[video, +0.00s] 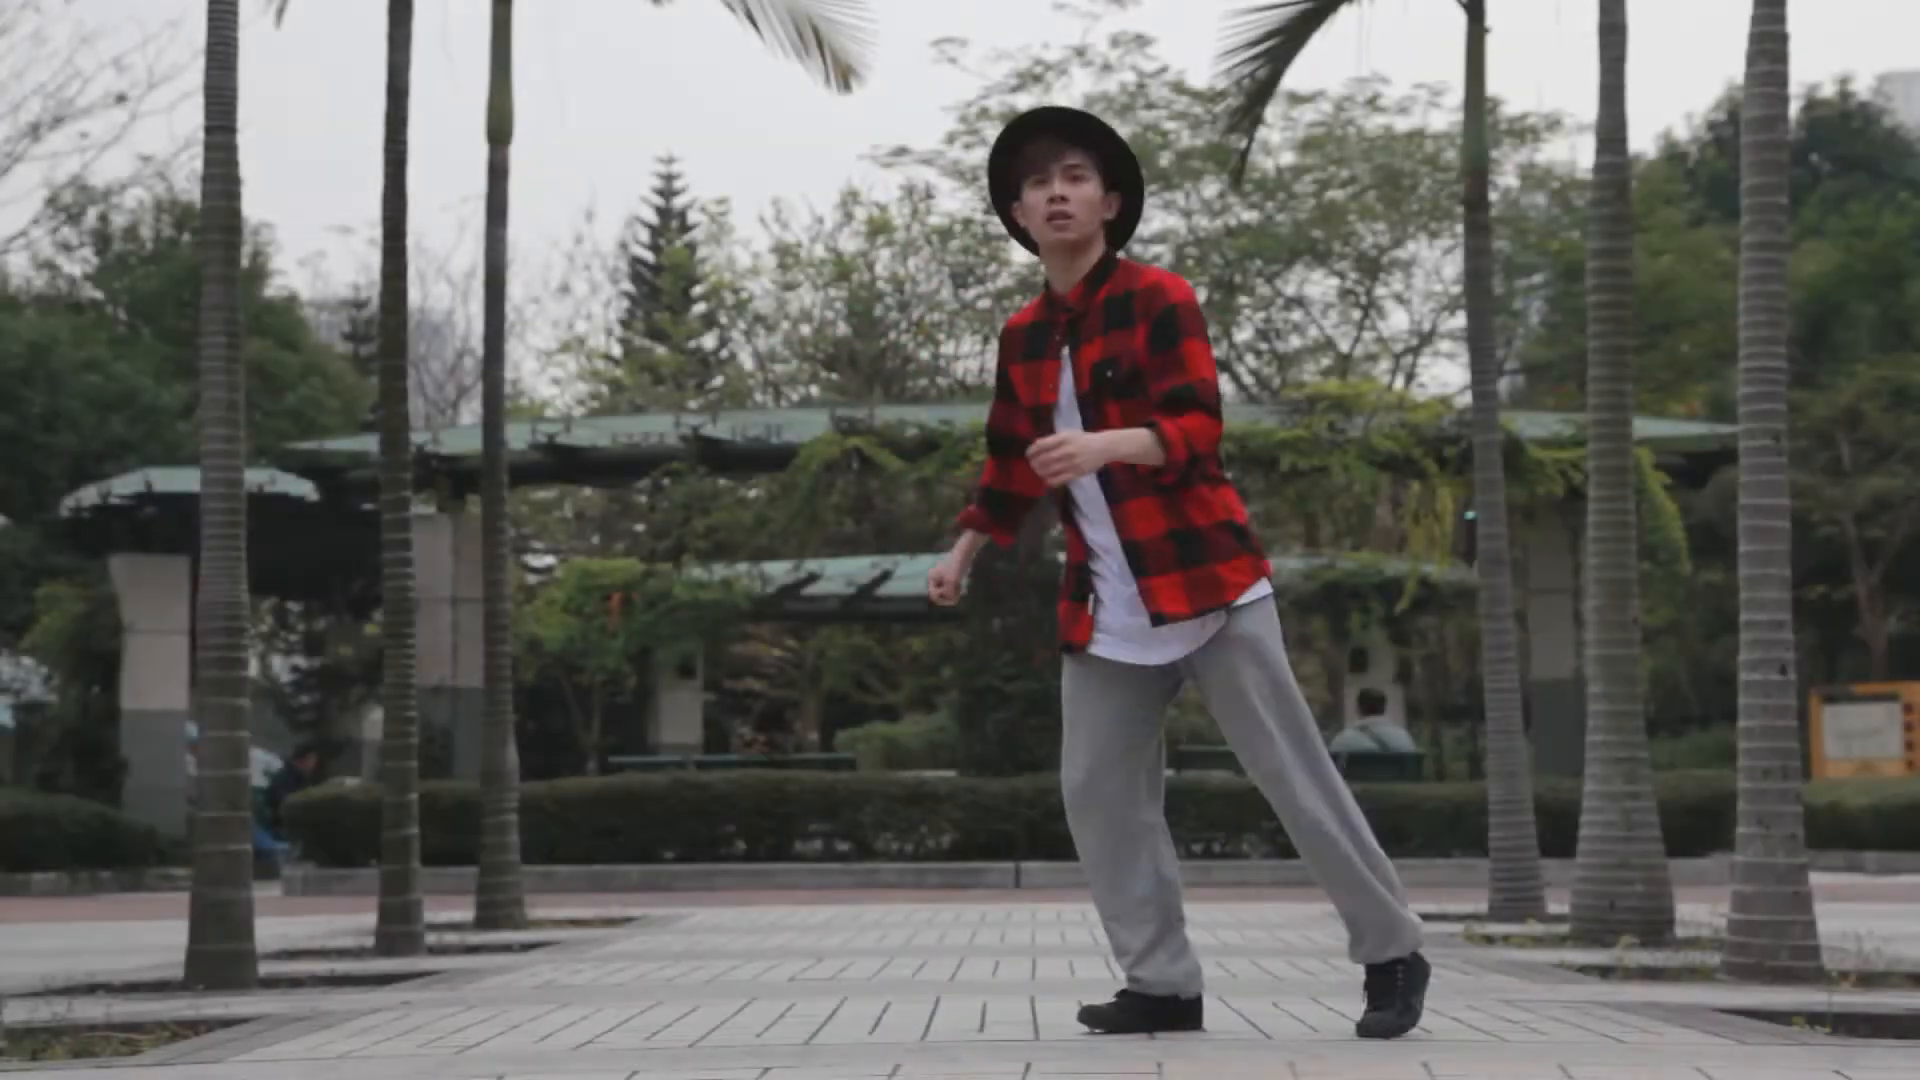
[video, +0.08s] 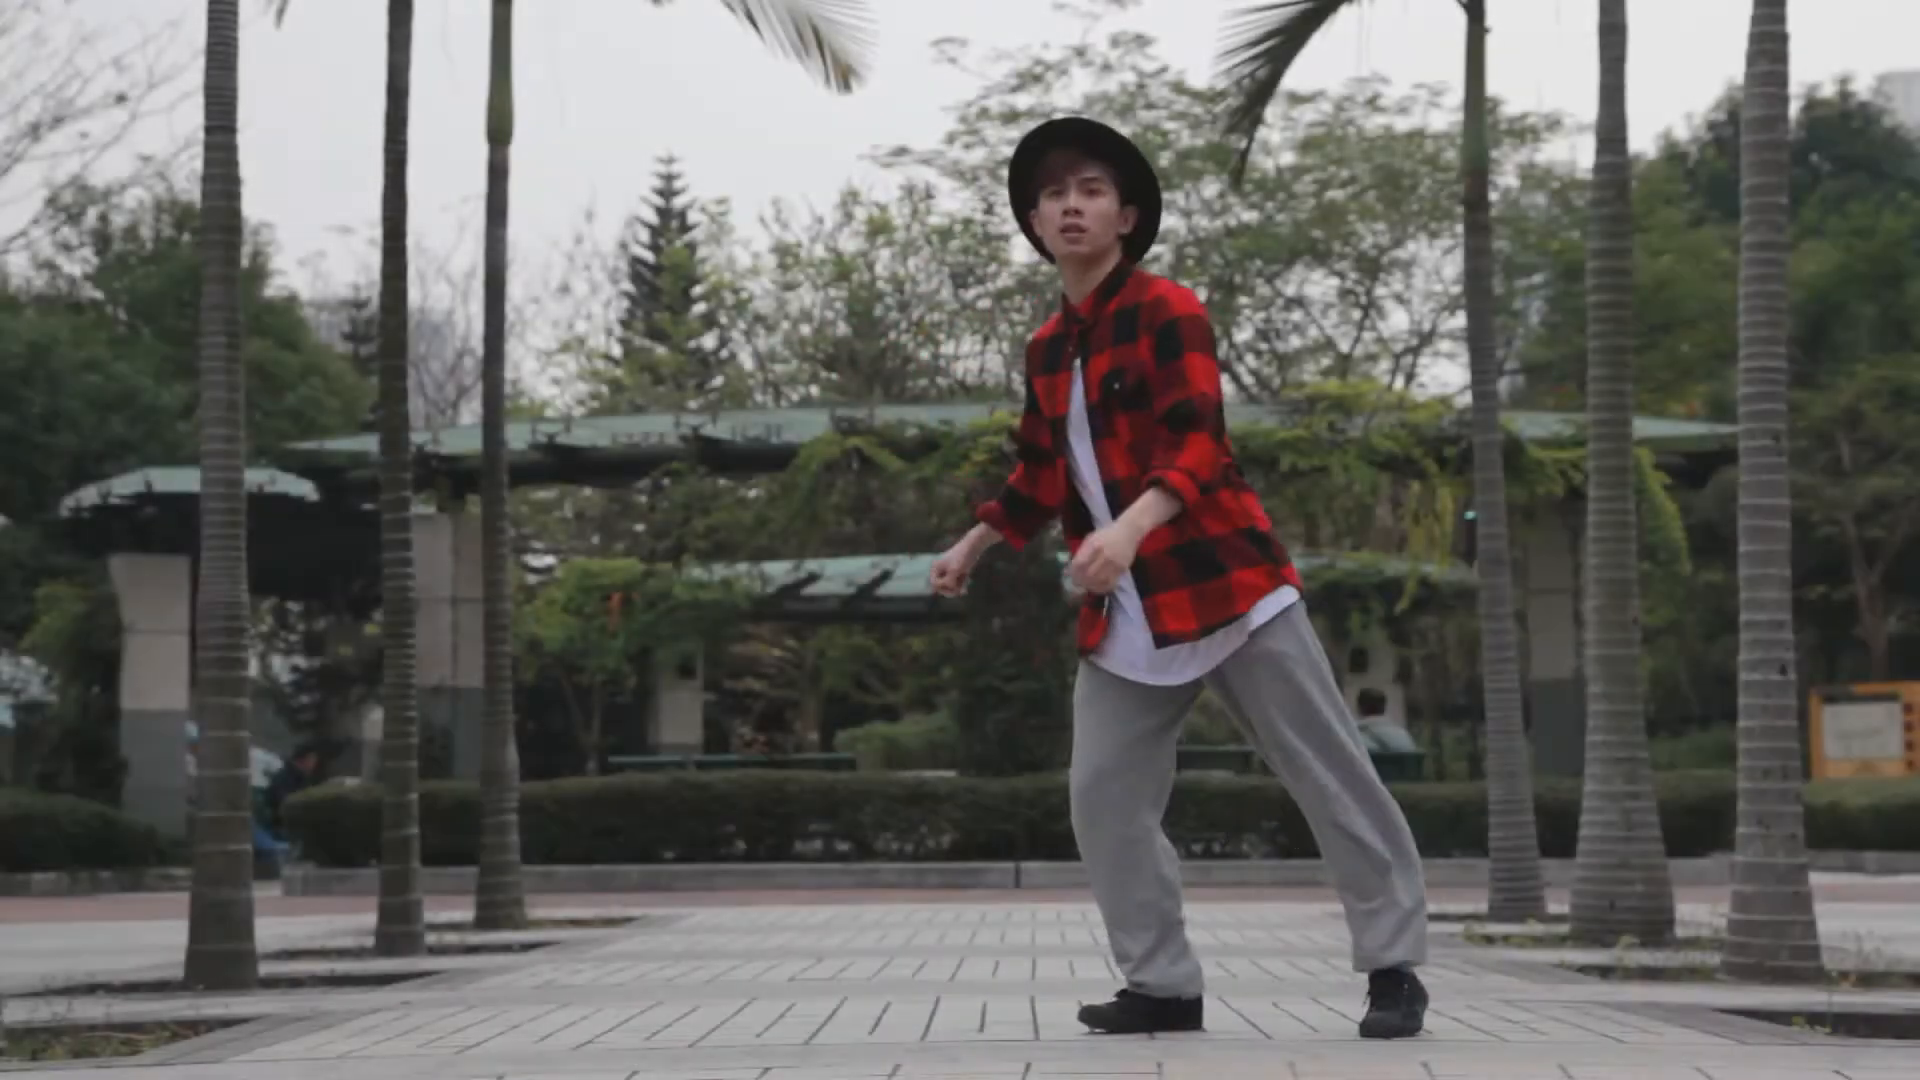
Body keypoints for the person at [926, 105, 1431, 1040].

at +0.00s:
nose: (1056, 194)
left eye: (1075, 176)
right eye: (1036, 182)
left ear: (1111, 200)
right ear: (1015, 215)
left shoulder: (1159, 298)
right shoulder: (1024, 335)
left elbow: (1199, 430)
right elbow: (1008, 461)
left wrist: (1105, 445)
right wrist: (964, 547)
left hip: (1208, 579)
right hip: (1105, 596)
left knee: (1285, 768)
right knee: (1098, 789)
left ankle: (1392, 952)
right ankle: (1163, 984)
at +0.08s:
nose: (1072, 206)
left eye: (1092, 190)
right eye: (1053, 193)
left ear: (1129, 214)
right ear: (1033, 223)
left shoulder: (1169, 310)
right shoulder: (1047, 349)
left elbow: (1201, 442)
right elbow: (1043, 466)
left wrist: (1128, 526)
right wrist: (977, 540)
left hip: (1229, 578)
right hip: (1127, 602)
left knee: (1324, 765)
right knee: (1104, 794)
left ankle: (1393, 964)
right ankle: (1163, 985)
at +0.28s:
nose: (1103, 207)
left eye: (1129, 198)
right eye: (1088, 190)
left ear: (1157, 234)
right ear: (1060, 216)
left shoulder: (1187, 330)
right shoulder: (1047, 352)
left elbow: (1234, 459)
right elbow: (1037, 483)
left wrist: (1232, 579)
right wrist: (950, 504)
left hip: (1231, 603)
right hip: (1123, 621)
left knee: (1308, 788)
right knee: (1105, 798)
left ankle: (1382, 971)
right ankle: (1164, 985)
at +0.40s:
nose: (1126, 181)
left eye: (1151, 174)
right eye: (1110, 164)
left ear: (1173, 212)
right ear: (1074, 188)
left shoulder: (1208, 313)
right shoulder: (1019, 320)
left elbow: (1288, 431)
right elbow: (964, 431)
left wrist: (1279, 547)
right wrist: (927, 454)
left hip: (1203, 582)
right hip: (1085, 595)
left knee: (1249, 743)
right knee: (1091, 778)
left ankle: (1263, 950)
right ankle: (1156, 979)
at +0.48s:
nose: (1140, 183)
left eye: (1162, 175)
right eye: (1122, 167)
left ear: (1182, 213)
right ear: (1083, 191)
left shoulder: (1218, 320)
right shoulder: (1020, 319)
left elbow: (1302, 428)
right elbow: (940, 410)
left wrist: (1302, 534)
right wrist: (937, 446)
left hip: (1181, 595)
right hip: (1059, 602)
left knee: (1210, 744)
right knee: (1060, 783)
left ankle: (1142, 952)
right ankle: (1135, 972)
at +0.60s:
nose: (1145, 216)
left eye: (1165, 205)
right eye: (1126, 199)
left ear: (1183, 237)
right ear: (1085, 224)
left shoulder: (1215, 361)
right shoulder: (1029, 343)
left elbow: (1275, 471)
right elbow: (1012, 448)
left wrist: (1323, 554)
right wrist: (1021, 522)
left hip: (1146, 630)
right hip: (1032, 619)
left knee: (1130, 806)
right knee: (1057, 824)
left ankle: (1010, 971)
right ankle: (1150, 980)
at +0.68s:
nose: (1151, 208)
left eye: (1169, 196)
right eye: (1131, 189)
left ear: (1182, 224)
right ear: (1086, 209)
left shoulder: (1194, 353)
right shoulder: (1037, 317)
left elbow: (1229, 481)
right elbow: (1062, 451)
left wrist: (1289, 554)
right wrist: (1128, 561)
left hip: (1138, 603)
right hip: (1028, 602)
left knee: (1115, 788)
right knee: (1060, 805)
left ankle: (1021, 976)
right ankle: (1137, 970)